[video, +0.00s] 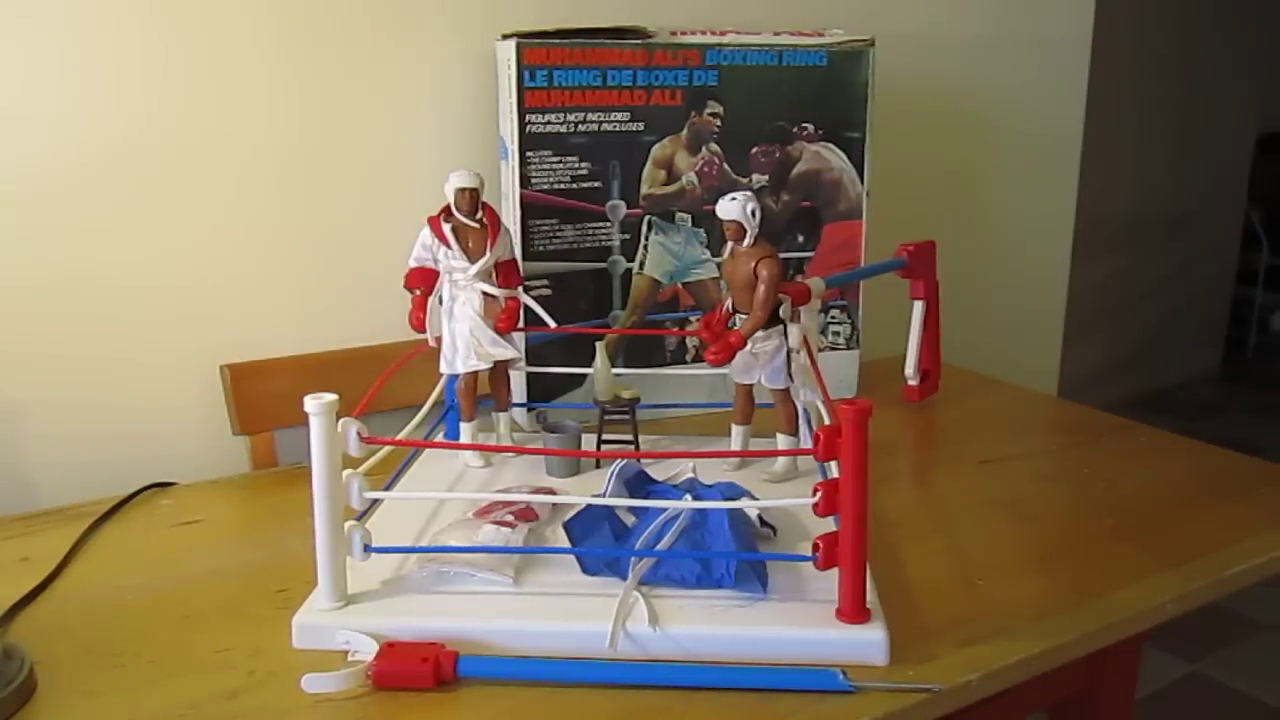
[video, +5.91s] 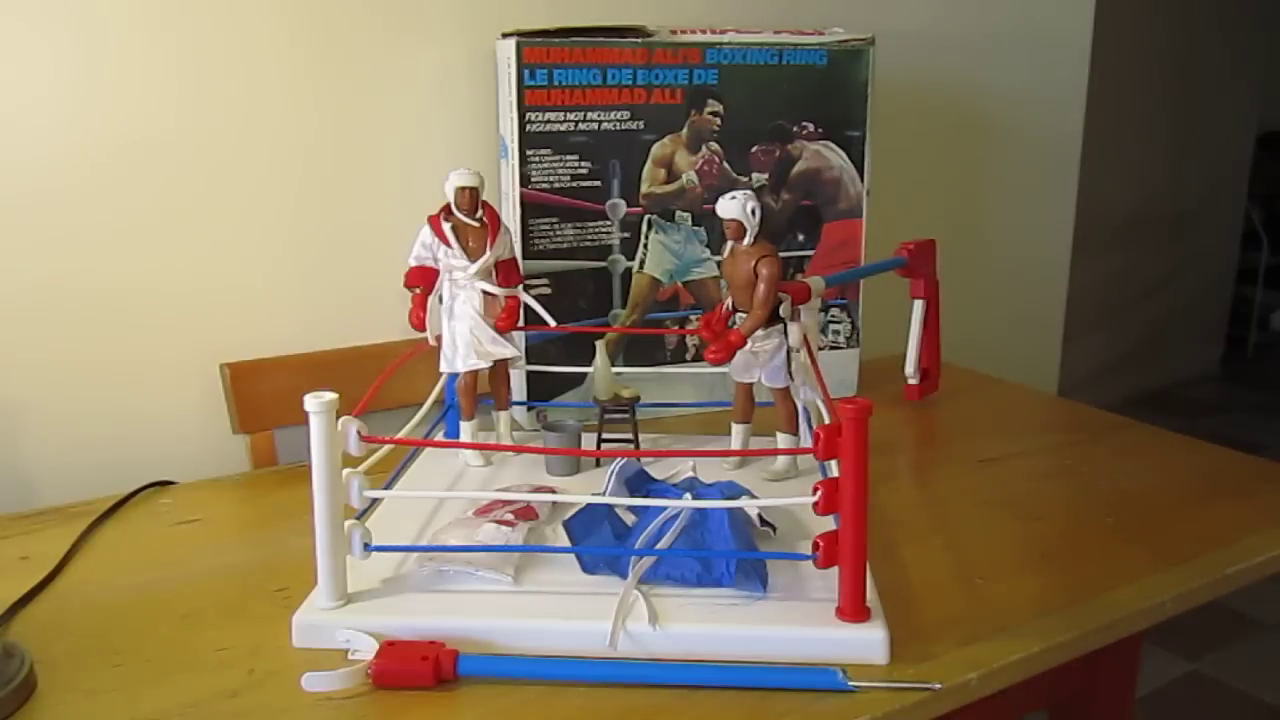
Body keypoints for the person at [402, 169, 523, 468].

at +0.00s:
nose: (468, 199)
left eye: (473, 192)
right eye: (462, 193)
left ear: (480, 195)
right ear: (451, 196)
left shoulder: (494, 227)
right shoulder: (435, 230)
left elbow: (507, 268)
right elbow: (421, 272)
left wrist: (510, 305)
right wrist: (420, 310)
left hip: (492, 303)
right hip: (458, 305)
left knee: (500, 366)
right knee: (468, 370)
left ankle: (505, 433)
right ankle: (468, 442)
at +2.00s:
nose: (467, 198)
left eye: (472, 191)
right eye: (461, 192)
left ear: (480, 194)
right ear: (451, 195)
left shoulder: (496, 228)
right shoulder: (436, 230)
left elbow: (508, 268)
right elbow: (421, 267)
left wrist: (512, 303)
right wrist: (419, 303)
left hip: (493, 303)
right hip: (459, 305)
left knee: (500, 365)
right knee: (469, 370)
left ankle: (504, 433)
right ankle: (469, 440)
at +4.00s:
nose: (467, 198)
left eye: (472, 191)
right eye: (461, 191)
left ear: (481, 194)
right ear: (451, 195)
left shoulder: (497, 229)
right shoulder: (436, 231)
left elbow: (509, 271)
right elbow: (422, 271)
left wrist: (512, 306)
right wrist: (420, 307)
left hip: (493, 303)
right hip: (458, 304)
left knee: (501, 364)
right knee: (469, 369)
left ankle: (505, 433)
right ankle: (468, 441)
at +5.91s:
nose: (467, 198)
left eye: (472, 191)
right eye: (461, 192)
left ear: (480, 194)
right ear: (451, 196)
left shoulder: (497, 228)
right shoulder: (436, 230)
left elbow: (508, 270)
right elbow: (422, 268)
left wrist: (511, 305)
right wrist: (419, 303)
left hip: (492, 301)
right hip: (458, 303)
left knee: (501, 363)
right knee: (469, 369)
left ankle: (505, 431)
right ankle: (468, 440)